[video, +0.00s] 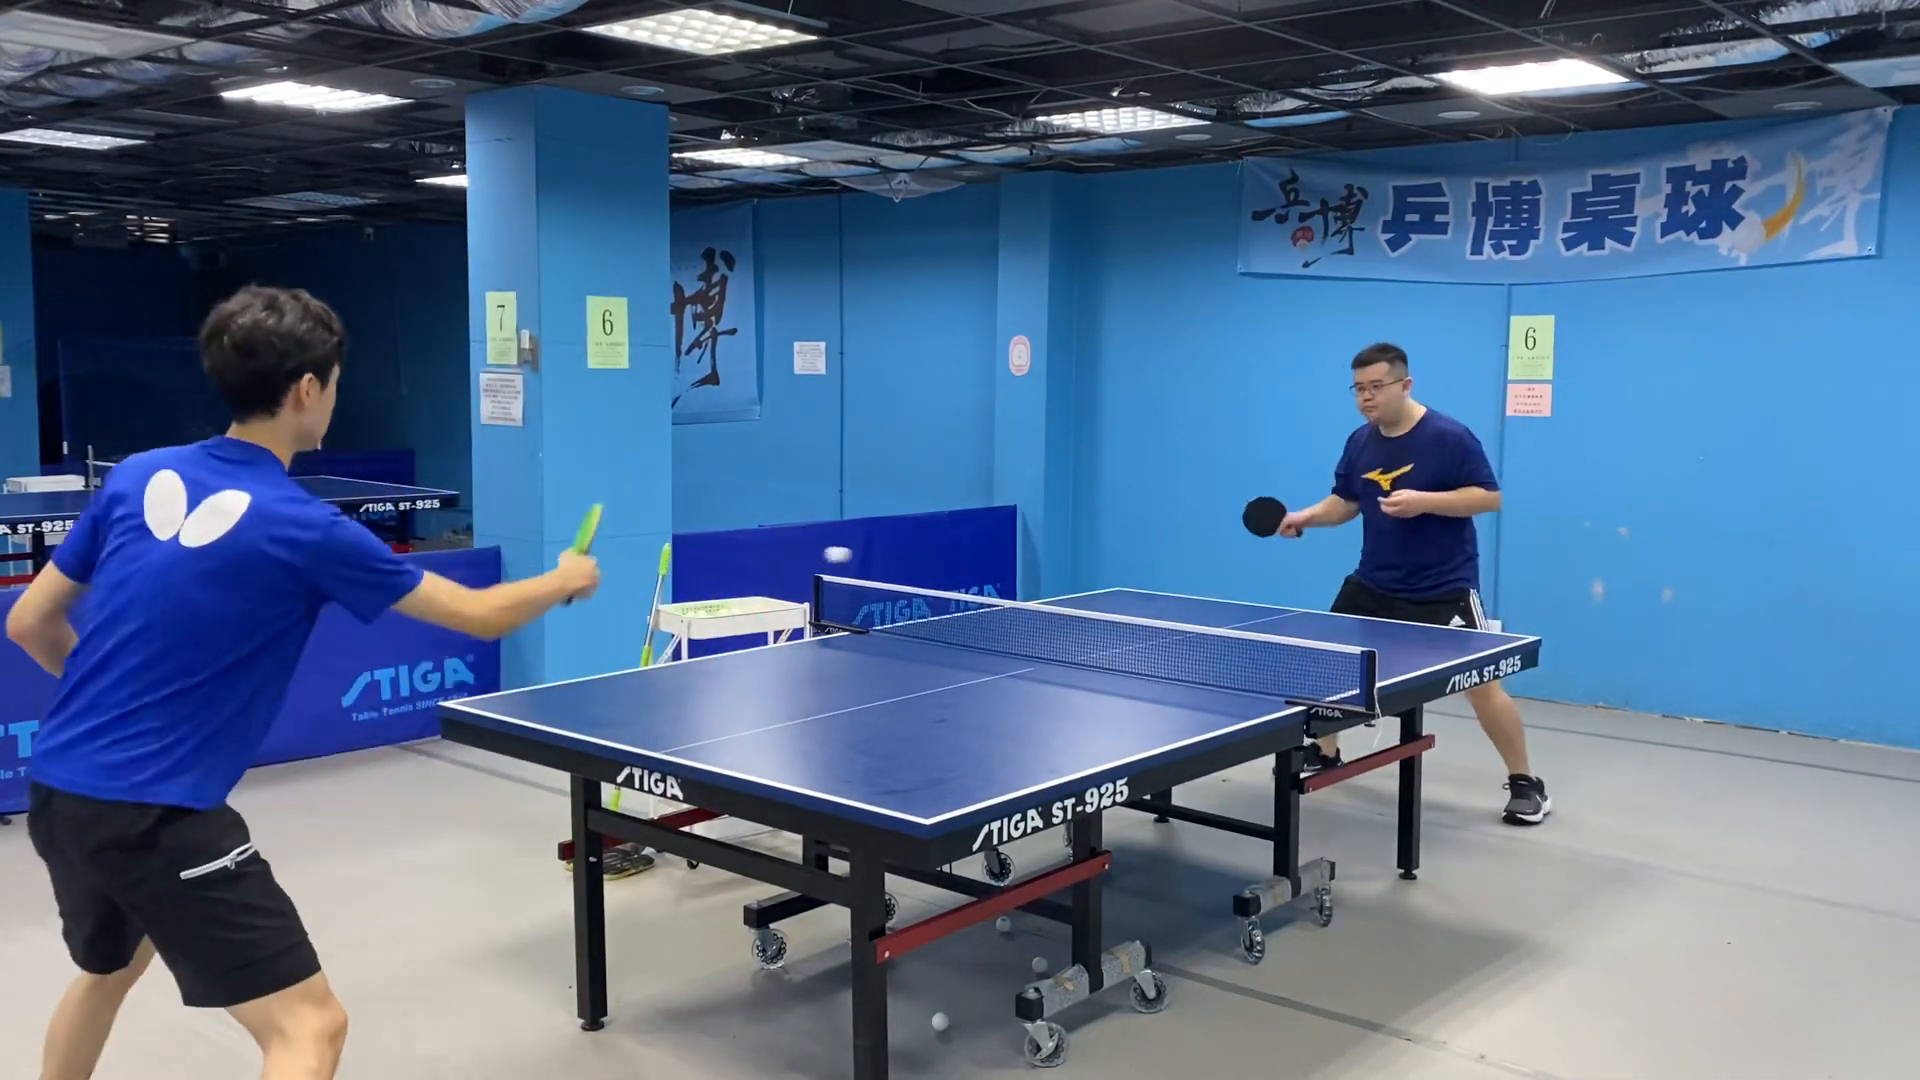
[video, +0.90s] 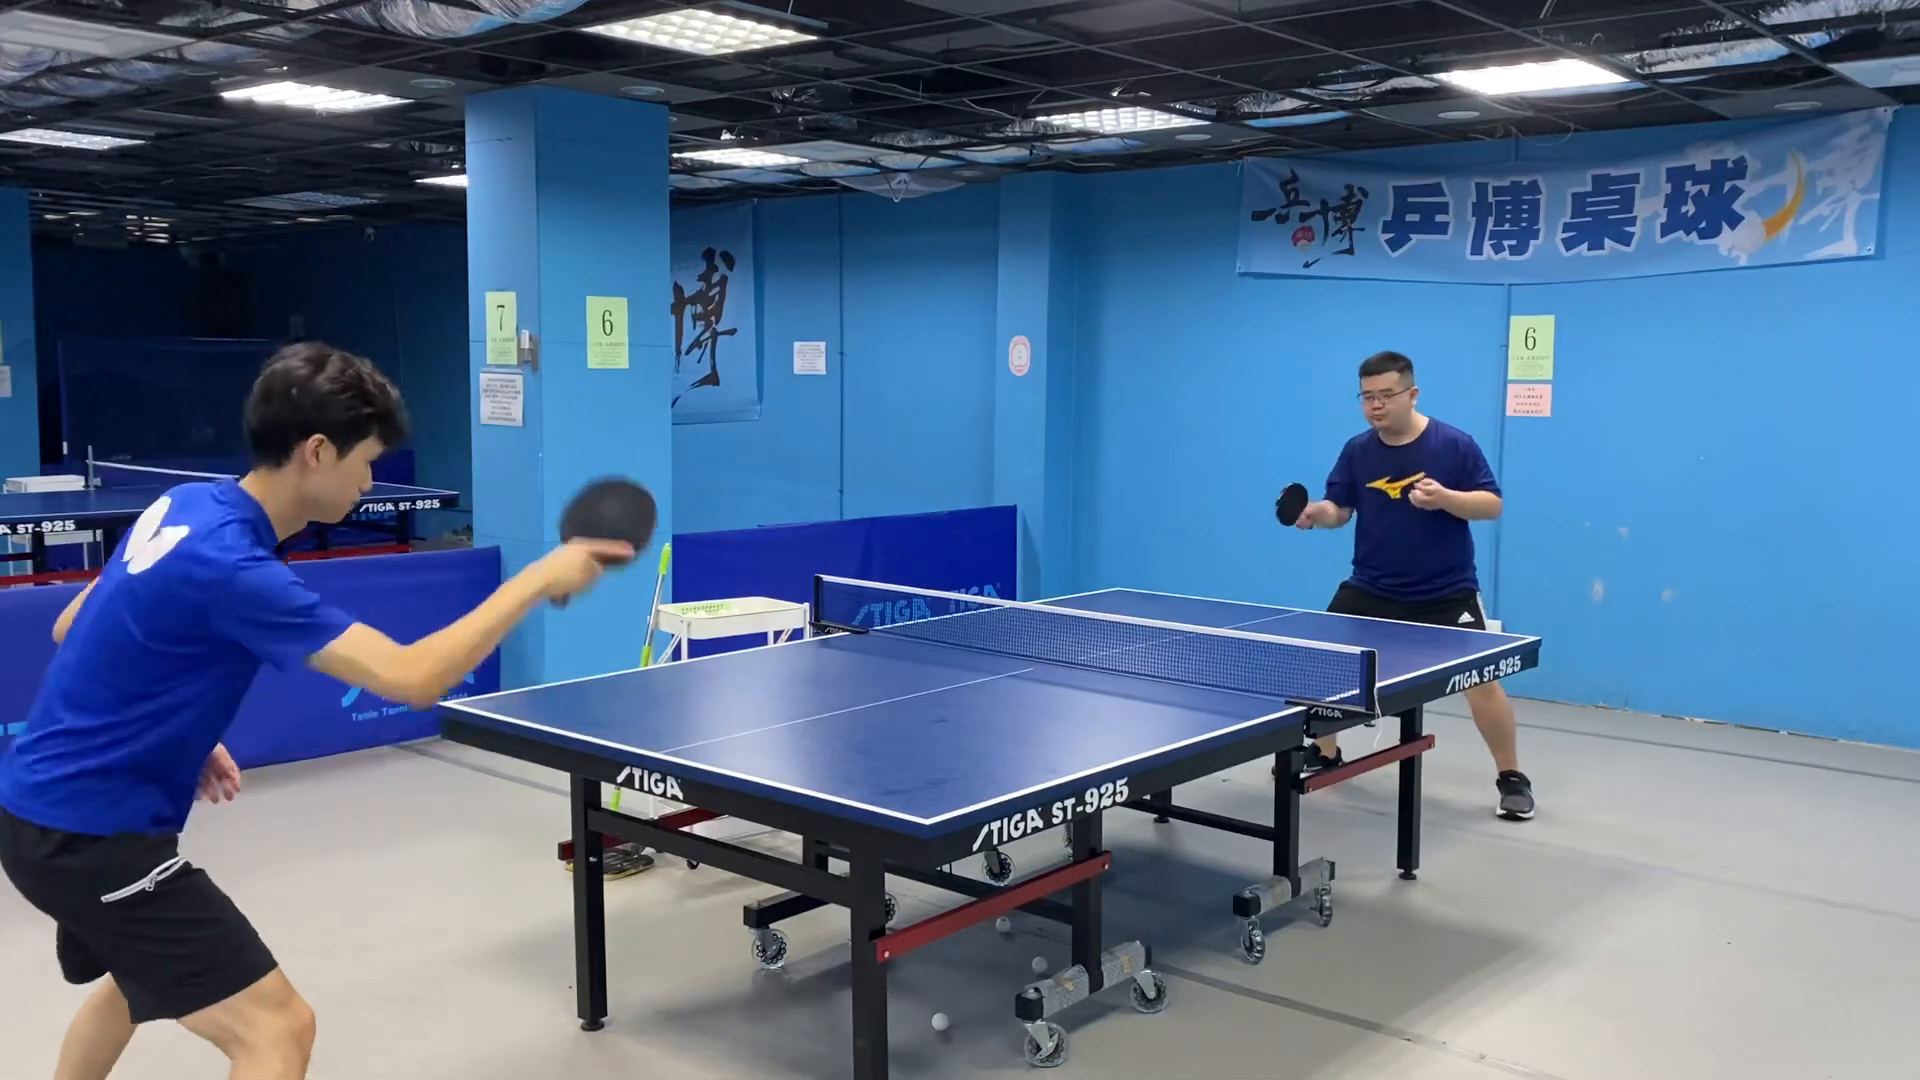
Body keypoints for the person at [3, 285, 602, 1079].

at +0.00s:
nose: (333, 401)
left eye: (332, 382)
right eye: (331, 382)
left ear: (230, 381)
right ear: (303, 390)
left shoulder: (136, 478)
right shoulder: (303, 525)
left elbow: (30, 622)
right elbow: (482, 614)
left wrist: (114, 695)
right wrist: (566, 580)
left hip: (61, 792)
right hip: (157, 810)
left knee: (112, 955)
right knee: (306, 1028)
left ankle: (53, 1076)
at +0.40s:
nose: (309, 370)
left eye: (306, 351)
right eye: (305, 352)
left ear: (202, 361)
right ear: (273, 366)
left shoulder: (118, 466)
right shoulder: (272, 510)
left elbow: (31, 616)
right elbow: (389, 669)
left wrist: (113, 677)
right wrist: (485, 608)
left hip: (64, 782)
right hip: (164, 801)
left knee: (105, 962)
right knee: (293, 1025)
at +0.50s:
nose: (324, 387)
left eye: (324, 368)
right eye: (322, 367)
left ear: (217, 370)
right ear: (286, 376)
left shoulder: (146, 466)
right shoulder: (246, 522)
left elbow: (59, 613)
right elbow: (288, 720)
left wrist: (194, 693)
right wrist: (428, 694)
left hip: (65, 775)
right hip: (144, 797)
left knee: (114, 970)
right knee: (280, 1026)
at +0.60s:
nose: (339, 417)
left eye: (340, 398)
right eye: (336, 398)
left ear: (245, 400)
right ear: (294, 406)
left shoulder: (181, 481)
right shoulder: (219, 543)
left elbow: (134, 647)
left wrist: (213, 713)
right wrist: (344, 764)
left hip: (76, 790)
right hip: (129, 813)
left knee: (134, 983)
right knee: (279, 1025)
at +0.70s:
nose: (354, 453)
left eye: (355, 434)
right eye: (347, 433)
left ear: (287, 433)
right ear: (294, 434)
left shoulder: (210, 515)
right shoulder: (201, 560)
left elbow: (183, 704)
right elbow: (168, 761)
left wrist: (269, 774)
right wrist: (319, 786)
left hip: (90, 807)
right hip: (102, 824)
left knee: (162, 975)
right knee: (278, 1030)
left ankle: (81, 1077)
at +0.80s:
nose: (362, 470)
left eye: (365, 452)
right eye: (357, 451)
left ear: (297, 447)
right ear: (301, 447)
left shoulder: (193, 507)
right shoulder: (212, 554)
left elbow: (122, 655)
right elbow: (292, 747)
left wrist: (198, 747)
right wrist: (463, 723)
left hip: (64, 802)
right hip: (92, 826)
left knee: (146, 981)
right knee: (270, 1028)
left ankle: (75, 1078)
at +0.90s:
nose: (369, 485)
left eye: (375, 466)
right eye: (367, 462)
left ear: (297, 449)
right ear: (313, 454)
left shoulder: (185, 504)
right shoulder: (232, 565)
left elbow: (75, 626)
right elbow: (414, 676)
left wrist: (182, 733)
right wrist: (539, 580)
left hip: (43, 801)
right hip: (93, 828)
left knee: (134, 983)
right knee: (274, 1029)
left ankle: (65, 1077)